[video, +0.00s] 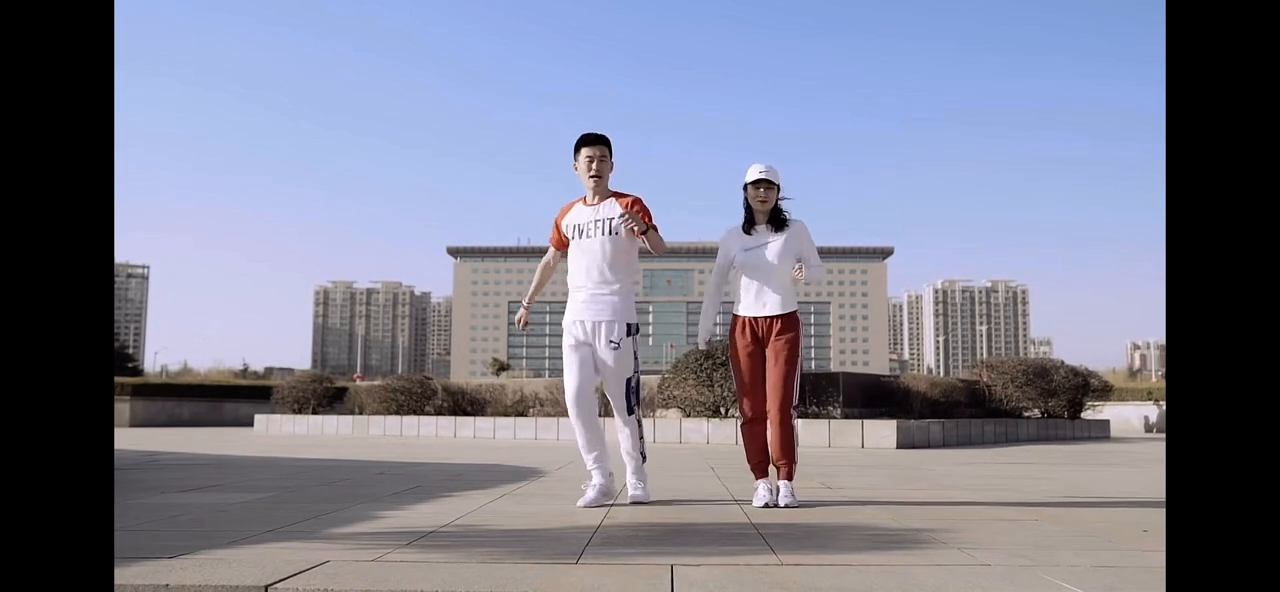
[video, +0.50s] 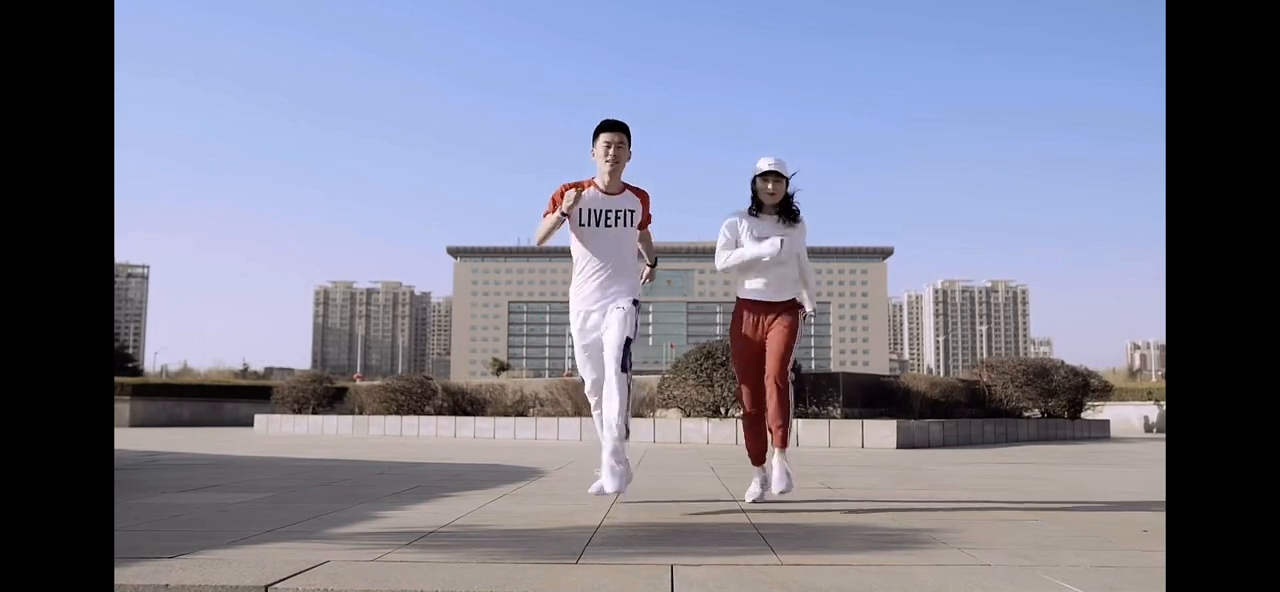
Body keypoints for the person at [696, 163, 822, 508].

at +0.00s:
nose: (762, 192)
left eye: (768, 186)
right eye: (756, 186)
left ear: (777, 192)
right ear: (746, 192)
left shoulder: (795, 230)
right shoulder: (732, 237)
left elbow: (817, 271)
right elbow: (716, 285)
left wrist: (805, 274)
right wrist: (705, 328)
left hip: (783, 325)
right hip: (745, 326)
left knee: (779, 405)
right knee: (751, 407)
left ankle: (784, 482)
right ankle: (762, 482)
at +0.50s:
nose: (771, 185)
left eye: (777, 179)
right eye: (765, 179)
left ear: (786, 185)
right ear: (755, 185)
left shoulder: (795, 225)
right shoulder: (736, 222)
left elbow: (803, 263)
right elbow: (721, 261)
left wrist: (811, 297)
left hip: (785, 311)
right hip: (747, 311)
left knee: (775, 378)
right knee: (750, 398)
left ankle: (779, 459)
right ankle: (758, 471)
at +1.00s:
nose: (775, 187)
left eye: (781, 182)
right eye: (768, 183)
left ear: (790, 188)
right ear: (758, 190)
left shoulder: (807, 229)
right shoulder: (745, 233)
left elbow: (817, 272)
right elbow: (728, 284)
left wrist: (805, 264)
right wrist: (717, 330)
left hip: (794, 320)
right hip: (755, 315)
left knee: (783, 406)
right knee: (763, 329)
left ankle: (782, 483)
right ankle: (760, 407)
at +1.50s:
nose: (774, 185)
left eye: (781, 180)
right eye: (768, 179)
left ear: (789, 187)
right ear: (757, 187)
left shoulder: (803, 227)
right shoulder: (741, 228)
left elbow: (817, 269)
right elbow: (731, 272)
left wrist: (813, 282)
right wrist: (749, 295)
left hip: (793, 310)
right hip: (754, 312)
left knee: (778, 348)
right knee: (757, 398)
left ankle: (785, 414)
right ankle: (763, 480)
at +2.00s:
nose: (781, 174)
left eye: (788, 168)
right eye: (775, 168)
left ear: (799, 173)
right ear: (765, 172)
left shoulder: (815, 215)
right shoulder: (749, 209)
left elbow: (826, 265)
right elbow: (732, 260)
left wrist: (823, 311)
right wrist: (729, 306)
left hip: (797, 304)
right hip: (755, 303)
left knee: (790, 393)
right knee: (756, 369)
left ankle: (790, 482)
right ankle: (764, 437)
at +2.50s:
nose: (794, 185)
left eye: (802, 179)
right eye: (788, 178)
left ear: (813, 188)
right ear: (778, 184)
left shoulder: (819, 232)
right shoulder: (758, 220)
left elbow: (843, 274)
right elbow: (722, 258)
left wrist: (854, 238)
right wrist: (719, 222)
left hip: (801, 325)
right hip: (759, 321)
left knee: (792, 408)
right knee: (754, 407)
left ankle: (781, 490)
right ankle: (764, 438)